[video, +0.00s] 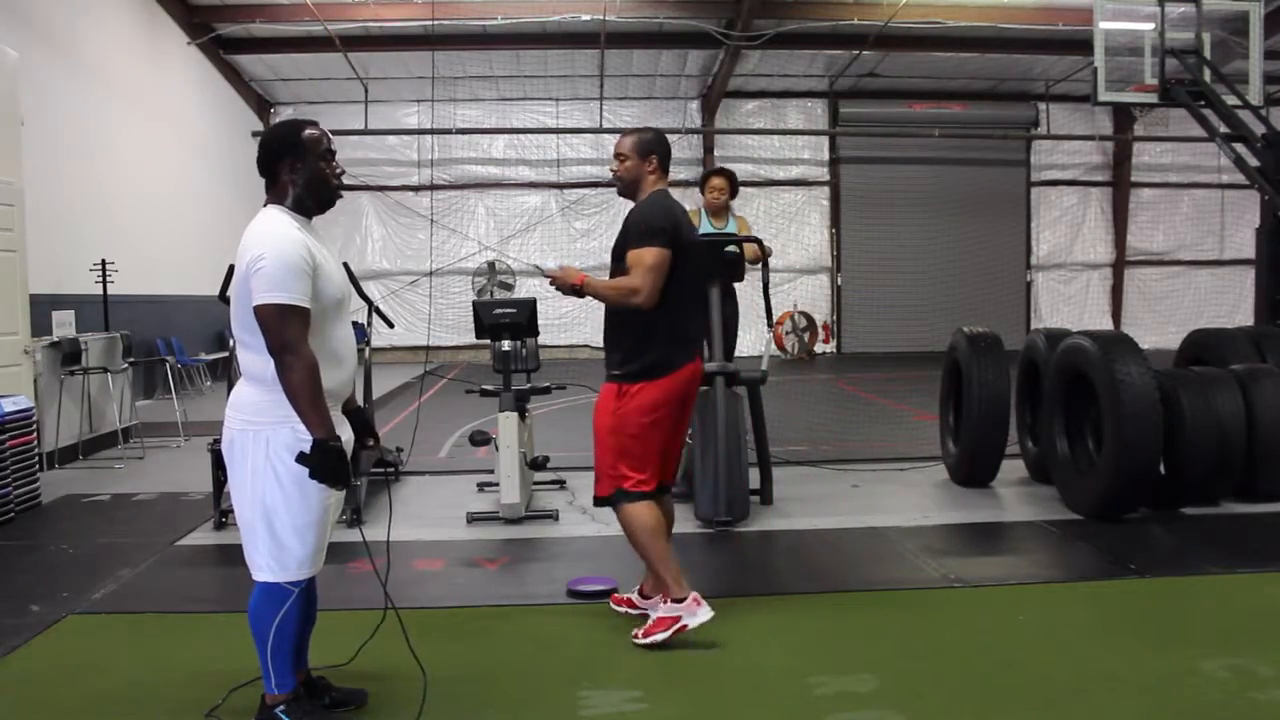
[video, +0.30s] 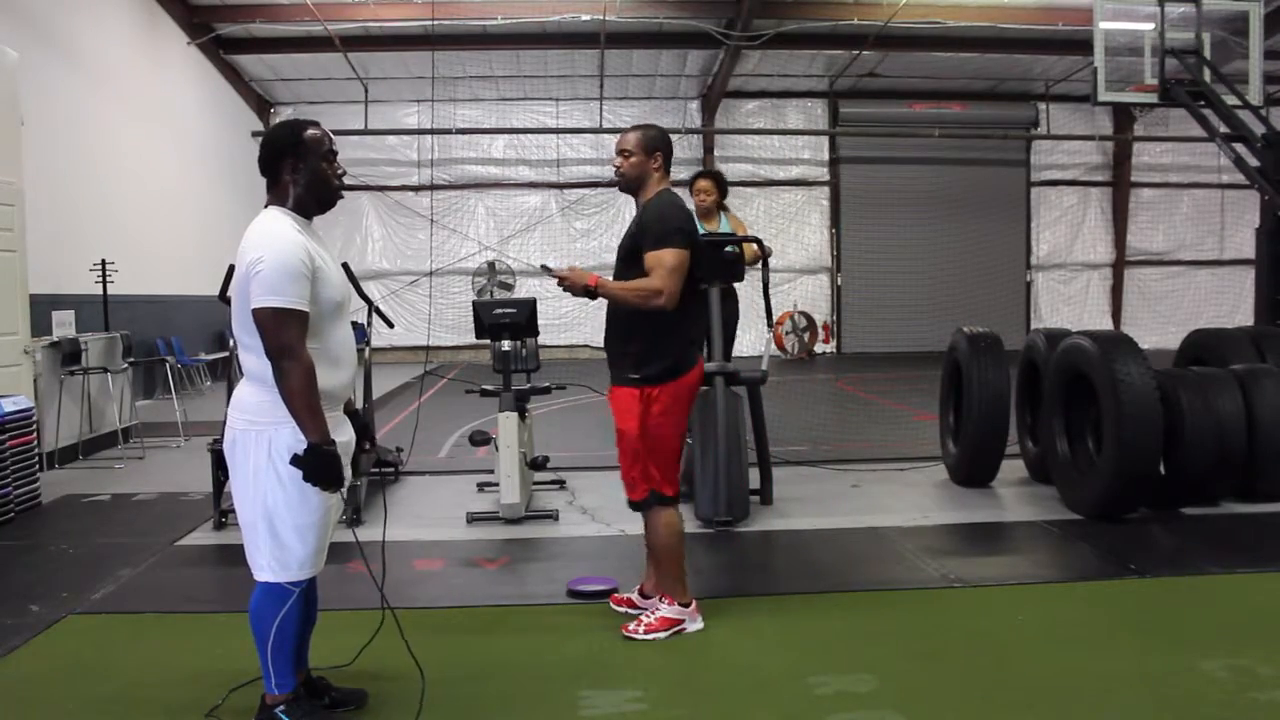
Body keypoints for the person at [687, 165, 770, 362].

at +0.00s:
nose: (716, 196)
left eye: (722, 191)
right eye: (711, 191)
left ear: (731, 196)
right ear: (703, 194)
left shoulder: (739, 222)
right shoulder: (692, 219)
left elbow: (750, 255)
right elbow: (681, 248)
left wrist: (760, 253)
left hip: (725, 287)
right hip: (695, 287)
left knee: (725, 347)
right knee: (693, 344)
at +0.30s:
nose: (701, 198)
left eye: (708, 193)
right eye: (697, 193)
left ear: (719, 196)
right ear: (691, 196)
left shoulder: (731, 221)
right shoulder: (687, 223)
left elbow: (751, 253)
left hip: (724, 292)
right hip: (693, 295)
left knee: (720, 355)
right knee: (691, 355)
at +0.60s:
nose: (687, 199)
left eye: (693, 193)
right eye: (683, 194)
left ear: (706, 196)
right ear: (677, 196)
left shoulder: (720, 221)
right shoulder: (673, 224)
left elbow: (750, 250)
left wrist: (716, 255)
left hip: (715, 293)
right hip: (684, 295)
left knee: (726, 354)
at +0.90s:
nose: (702, 195)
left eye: (709, 190)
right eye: (697, 189)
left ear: (717, 194)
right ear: (688, 190)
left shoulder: (727, 220)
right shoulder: (678, 221)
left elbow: (740, 252)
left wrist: (756, 251)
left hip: (721, 295)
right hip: (687, 297)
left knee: (726, 356)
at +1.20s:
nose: (719, 197)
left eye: (726, 193)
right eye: (713, 192)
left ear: (733, 197)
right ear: (704, 194)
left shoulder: (739, 225)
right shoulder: (693, 223)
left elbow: (751, 253)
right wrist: (756, 250)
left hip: (727, 295)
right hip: (695, 296)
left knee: (725, 355)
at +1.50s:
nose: (705, 194)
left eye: (711, 189)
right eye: (700, 189)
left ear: (722, 194)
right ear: (693, 191)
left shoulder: (731, 219)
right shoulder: (685, 219)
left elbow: (748, 251)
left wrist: (759, 251)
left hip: (723, 297)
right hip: (690, 297)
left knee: (720, 359)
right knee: (694, 360)